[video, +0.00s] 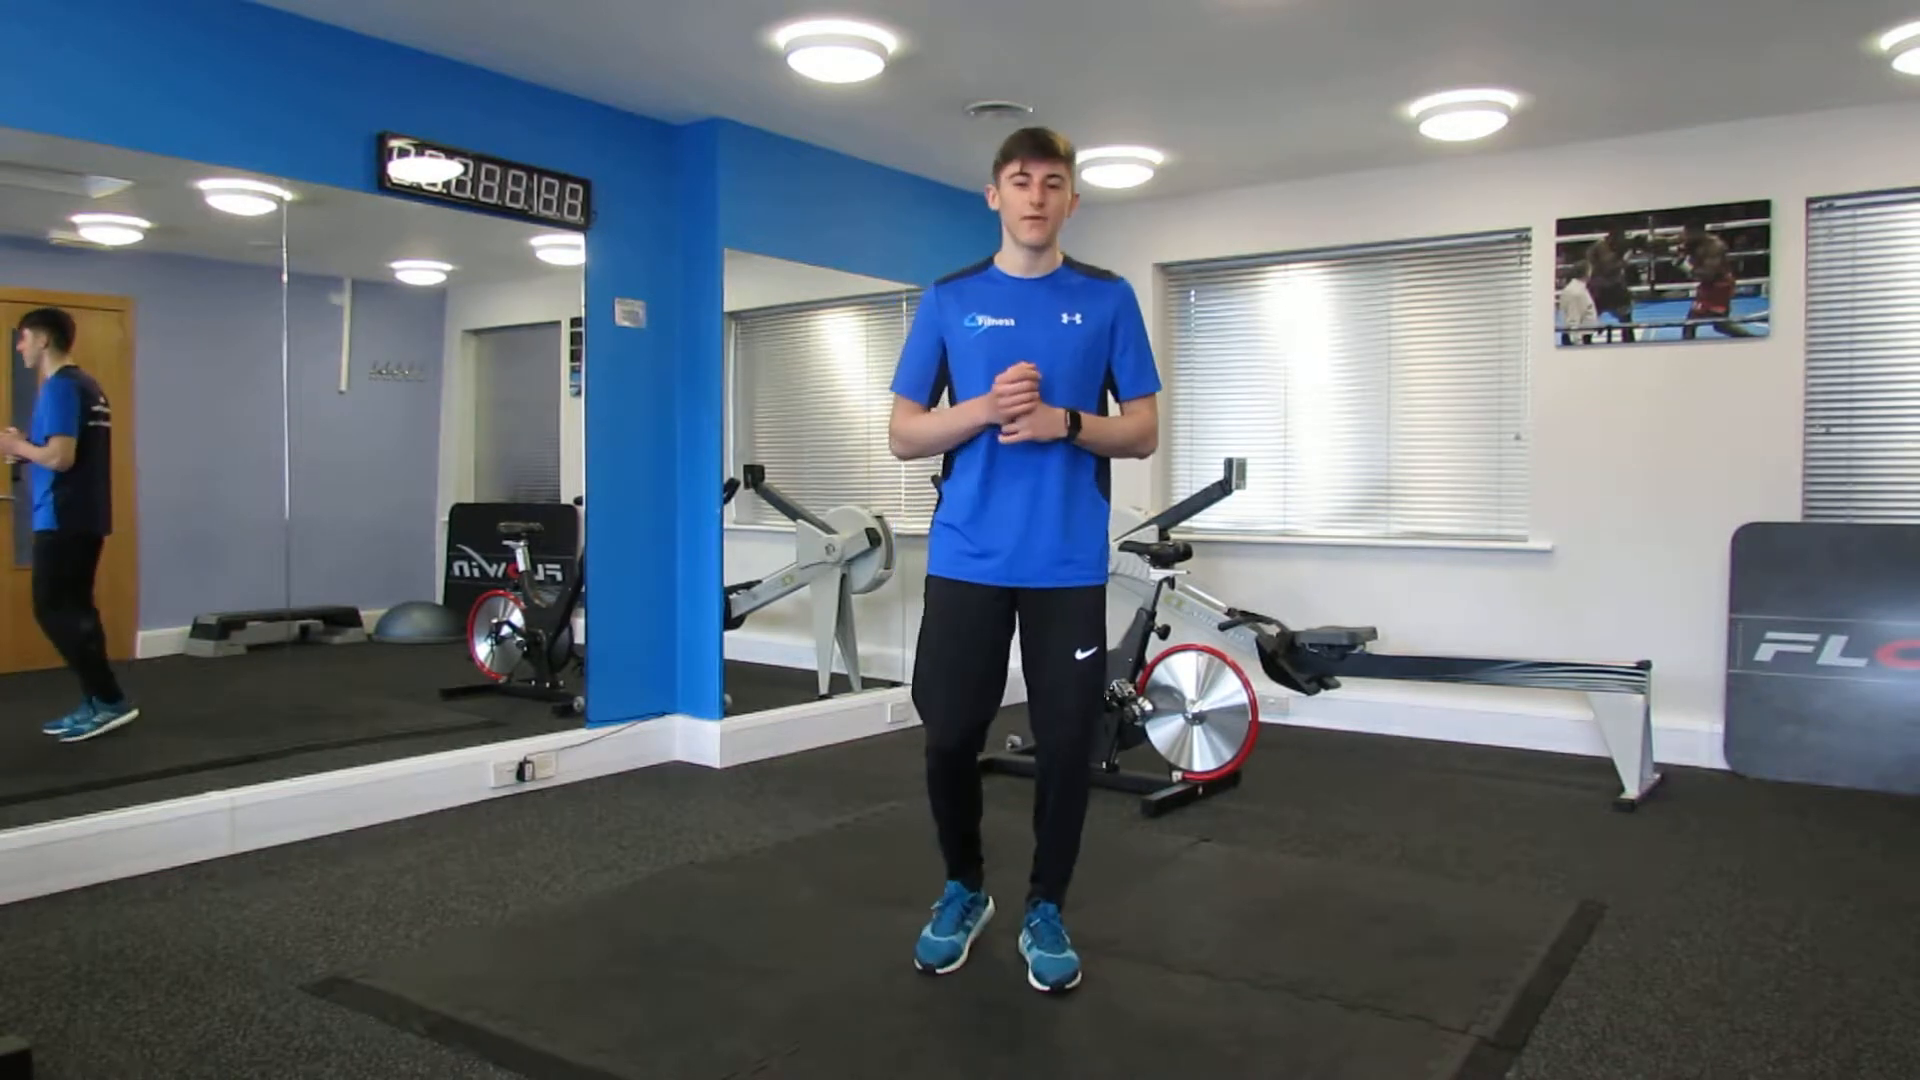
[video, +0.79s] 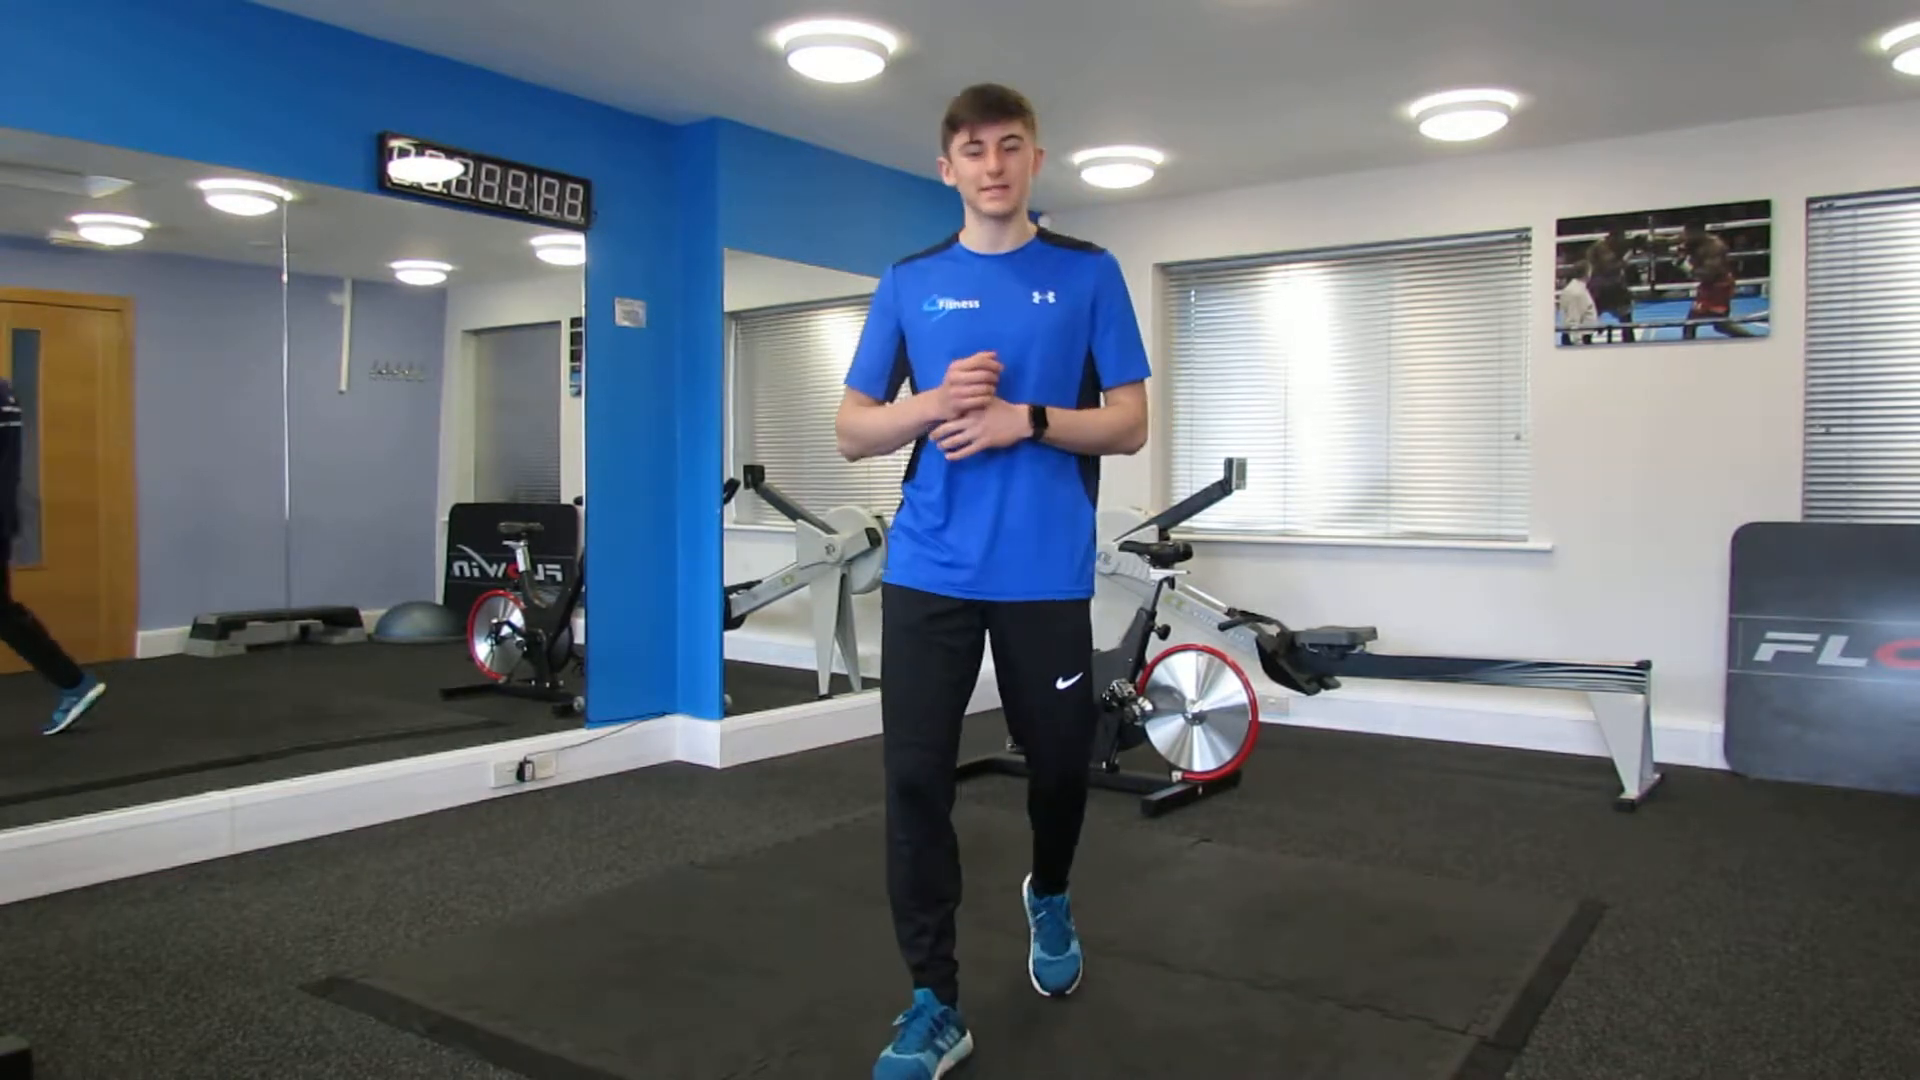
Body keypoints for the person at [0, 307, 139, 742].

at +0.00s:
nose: (19, 347)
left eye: (24, 338)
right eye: (20, 339)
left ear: (43, 340)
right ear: (53, 340)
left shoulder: (60, 387)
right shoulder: (86, 386)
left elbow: (61, 456)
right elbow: (73, 453)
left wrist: (18, 446)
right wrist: (28, 450)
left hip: (64, 523)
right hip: (85, 521)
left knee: (52, 607)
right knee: (76, 606)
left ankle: (108, 701)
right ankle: (98, 700)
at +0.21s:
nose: (6, 352)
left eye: (9, 343)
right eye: (6, 343)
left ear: (29, 343)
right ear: (42, 345)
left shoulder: (47, 389)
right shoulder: (78, 390)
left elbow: (50, 458)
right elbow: (72, 458)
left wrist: (8, 450)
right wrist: (22, 456)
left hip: (46, 525)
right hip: (76, 525)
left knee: (11, 605)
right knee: (73, 609)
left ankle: (75, 689)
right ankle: (100, 702)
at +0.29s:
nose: (1, 350)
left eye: (5, 341)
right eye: (2, 341)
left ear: (24, 344)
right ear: (38, 345)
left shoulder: (39, 387)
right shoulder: (70, 388)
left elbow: (47, 457)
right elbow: (69, 457)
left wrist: (6, 450)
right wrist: (20, 452)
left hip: (37, 525)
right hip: (70, 525)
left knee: (8, 609)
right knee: (72, 610)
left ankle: (39, 703)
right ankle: (100, 703)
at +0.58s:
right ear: (11, 343)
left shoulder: (9, 388)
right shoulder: (32, 389)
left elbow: (11, 459)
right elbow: (37, 459)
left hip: (16, 528)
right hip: (40, 526)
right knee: (54, 611)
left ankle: (97, 700)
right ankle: (97, 701)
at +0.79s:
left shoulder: (6, 400)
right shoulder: (7, 399)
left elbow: (8, 472)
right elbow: (10, 472)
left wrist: (11, 525)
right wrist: (11, 525)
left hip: (3, 527)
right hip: (3, 526)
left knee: (5, 611)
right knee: (5, 610)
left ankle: (74, 682)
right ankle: (73, 682)